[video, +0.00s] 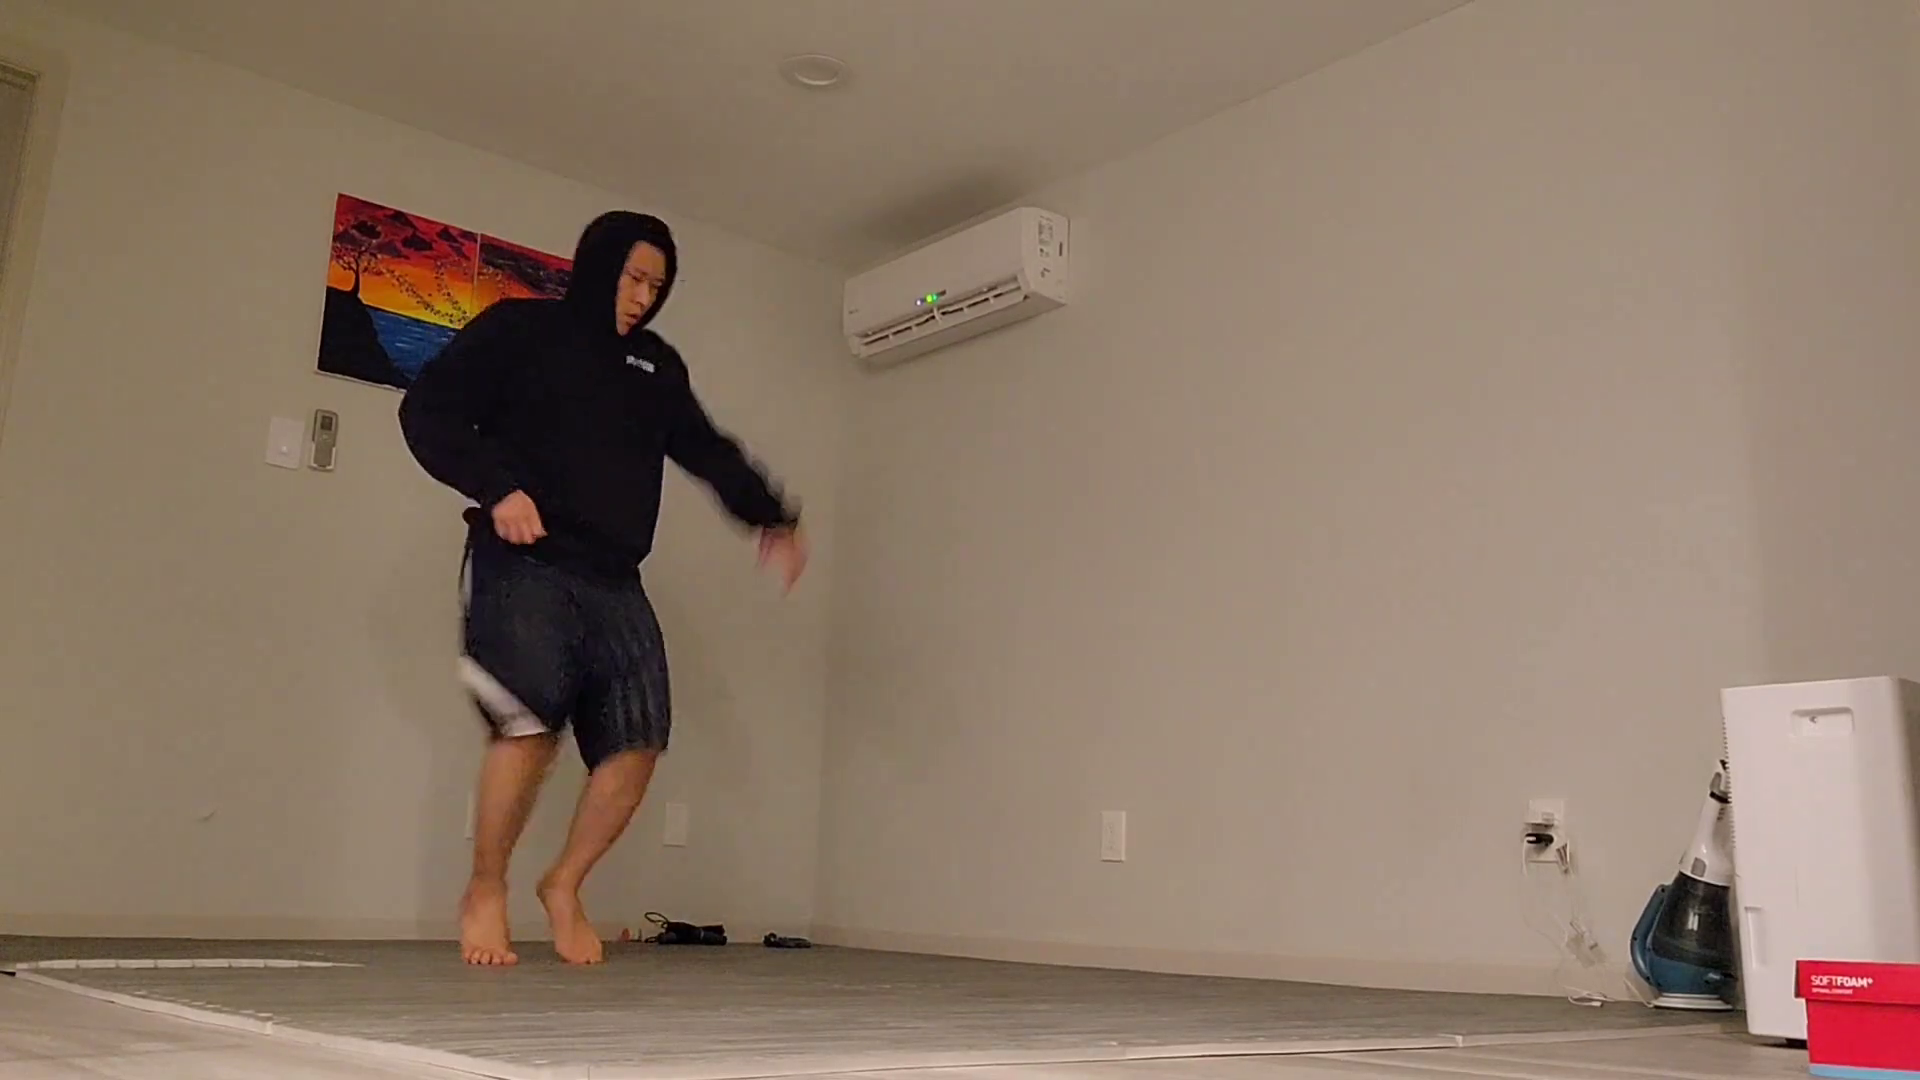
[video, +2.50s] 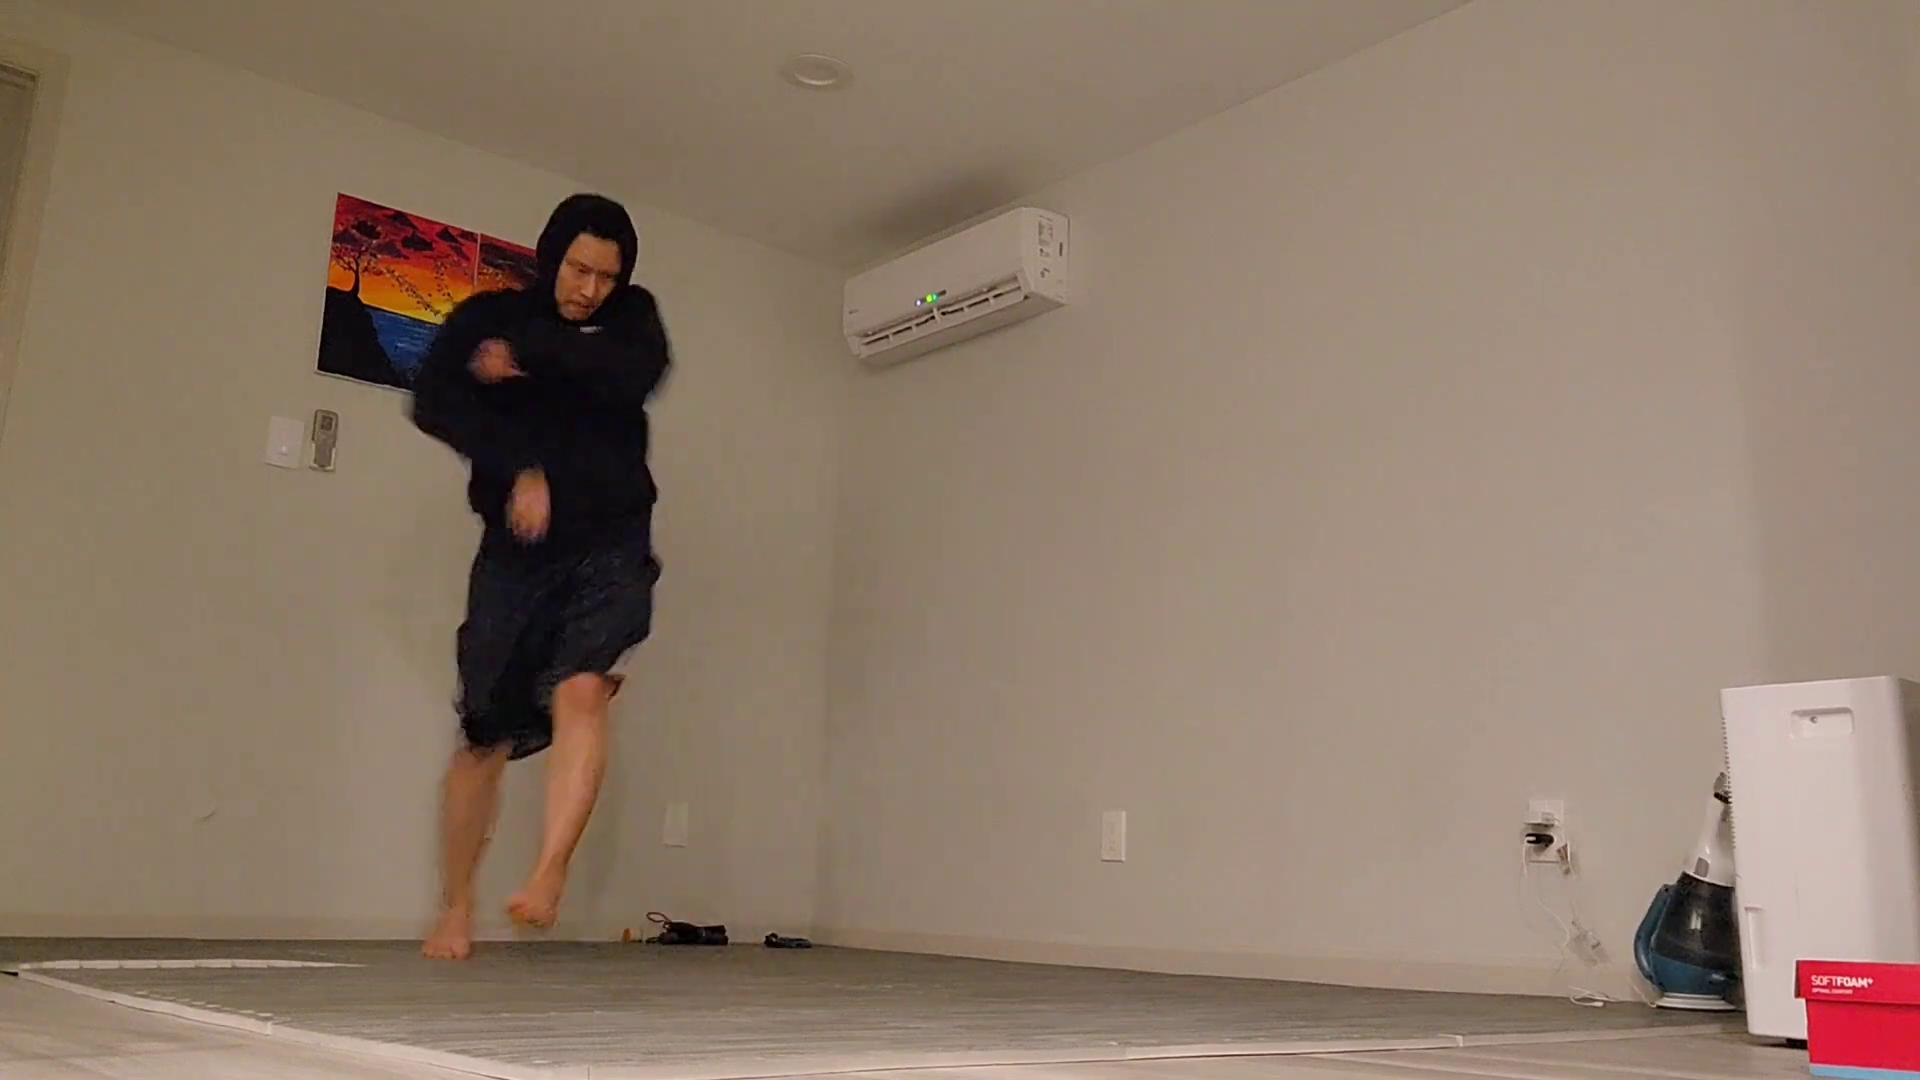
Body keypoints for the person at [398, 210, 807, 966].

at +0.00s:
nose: (643, 296)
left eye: (656, 286)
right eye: (634, 277)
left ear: (662, 292)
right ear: (594, 267)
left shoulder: (656, 367)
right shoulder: (517, 328)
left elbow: (704, 447)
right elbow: (426, 410)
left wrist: (768, 513)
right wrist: (497, 487)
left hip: (612, 577)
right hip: (521, 559)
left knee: (637, 740)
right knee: (528, 727)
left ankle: (563, 886)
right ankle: (486, 892)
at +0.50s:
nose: (660, 321)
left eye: (669, 310)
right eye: (654, 303)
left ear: (669, 311)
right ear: (618, 287)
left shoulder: (641, 375)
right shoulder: (545, 332)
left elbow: (656, 465)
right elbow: (494, 408)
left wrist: (708, 529)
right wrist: (560, 502)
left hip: (604, 568)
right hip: (529, 553)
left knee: (612, 729)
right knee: (559, 714)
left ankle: (545, 906)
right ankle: (547, 912)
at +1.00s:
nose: (668, 337)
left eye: (672, 329)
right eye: (661, 321)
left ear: (647, 332)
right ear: (617, 308)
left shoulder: (633, 398)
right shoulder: (531, 351)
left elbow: (610, 498)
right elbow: (559, 409)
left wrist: (598, 581)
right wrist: (637, 346)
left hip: (572, 592)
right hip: (492, 575)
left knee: (579, 749)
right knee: (512, 730)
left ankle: (509, 887)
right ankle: (444, 912)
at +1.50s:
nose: (634, 356)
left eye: (643, 346)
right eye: (626, 339)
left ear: (640, 352)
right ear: (585, 327)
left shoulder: (612, 415)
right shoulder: (517, 370)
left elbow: (651, 459)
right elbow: (588, 399)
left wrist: (710, 492)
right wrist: (685, 381)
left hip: (568, 611)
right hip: (496, 591)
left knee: (563, 769)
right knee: (537, 724)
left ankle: (465, 914)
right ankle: (523, 921)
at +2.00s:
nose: (659, 343)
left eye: (672, 331)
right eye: (647, 324)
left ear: (681, 335)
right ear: (609, 318)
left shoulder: (682, 406)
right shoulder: (536, 390)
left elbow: (732, 502)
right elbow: (433, 458)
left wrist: (810, 577)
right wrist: (341, 533)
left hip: (647, 625)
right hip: (547, 625)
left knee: (710, 778)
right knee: (524, 778)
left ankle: (740, 929)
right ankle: (511, 922)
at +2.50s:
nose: (586, 287)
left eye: (603, 274)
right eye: (575, 268)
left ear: (622, 275)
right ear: (549, 259)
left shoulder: (631, 316)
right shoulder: (490, 315)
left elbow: (637, 371)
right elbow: (433, 401)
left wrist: (525, 356)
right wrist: (517, 467)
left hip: (608, 544)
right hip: (514, 546)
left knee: (581, 688)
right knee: (485, 734)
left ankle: (549, 878)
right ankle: (456, 907)